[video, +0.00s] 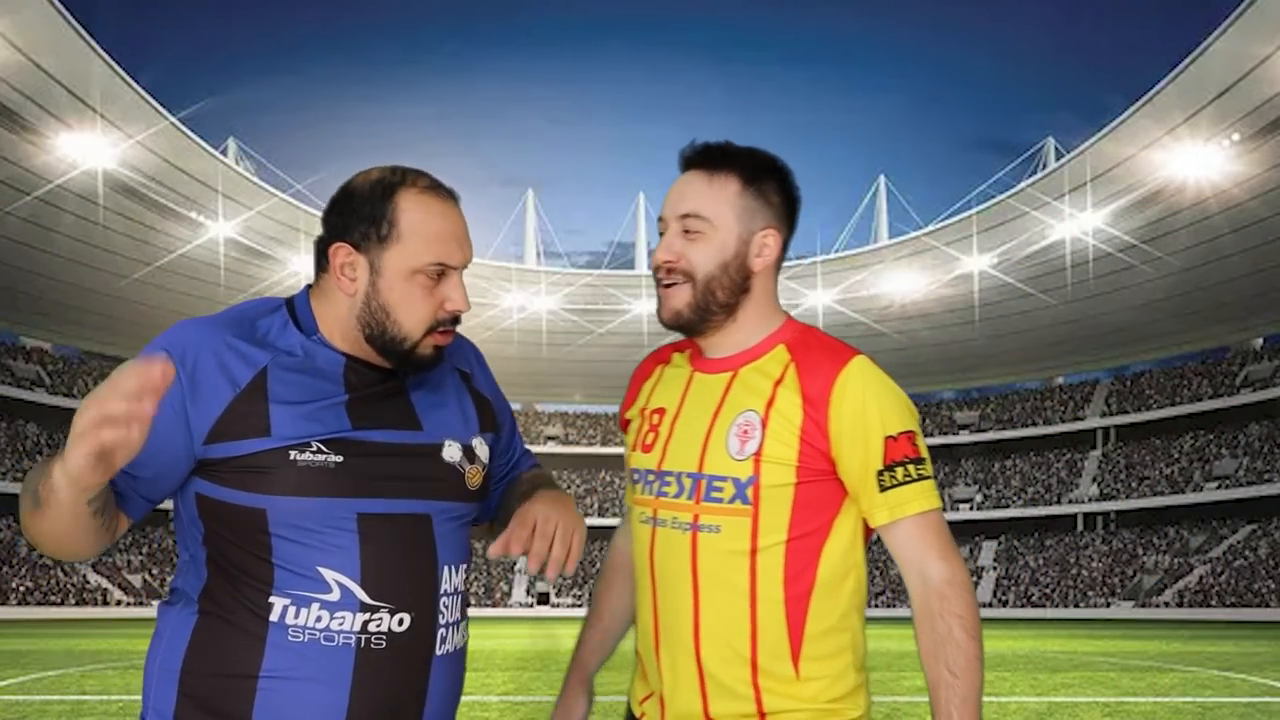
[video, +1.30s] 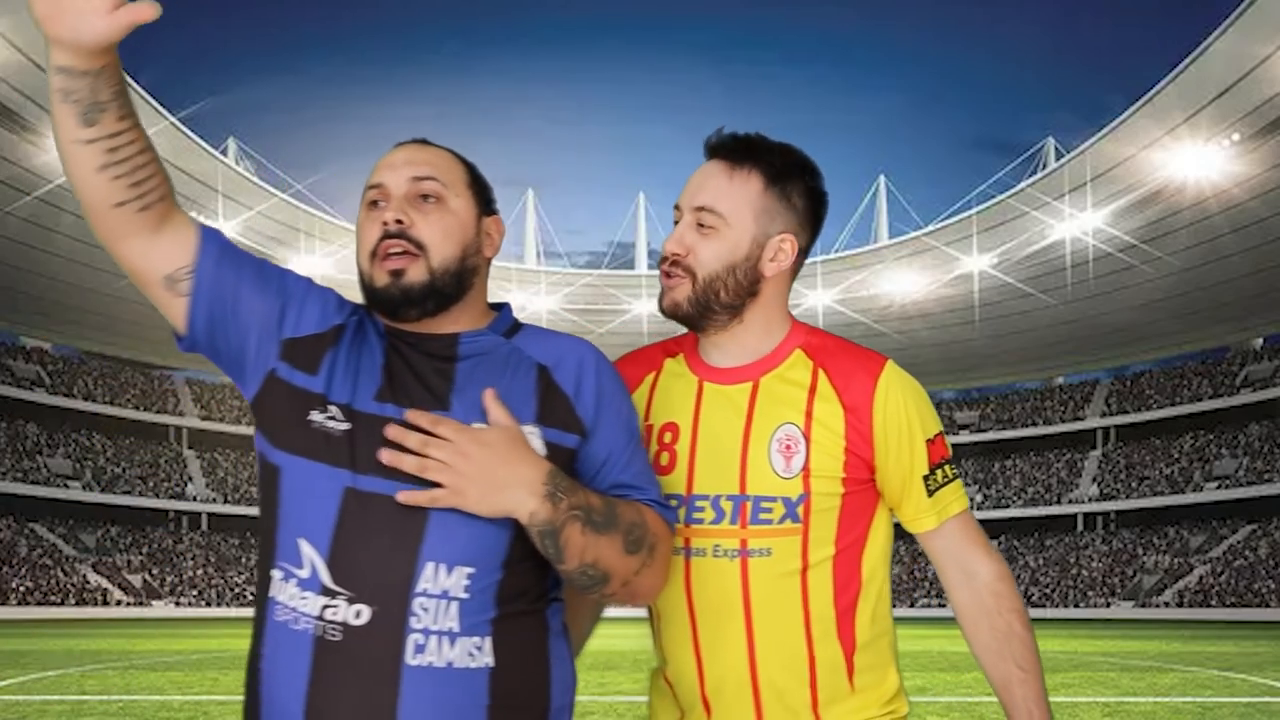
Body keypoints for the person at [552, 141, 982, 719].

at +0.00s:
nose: (661, 254)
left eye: (691, 232)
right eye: (662, 232)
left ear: (763, 249)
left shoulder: (845, 386)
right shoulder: (652, 378)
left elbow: (939, 582)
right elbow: (637, 537)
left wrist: (956, 713)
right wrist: (579, 674)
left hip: (797, 705)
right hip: (657, 704)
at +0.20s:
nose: (593, 266)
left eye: (622, 243)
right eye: (595, 242)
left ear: (693, 258)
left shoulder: (786, 381)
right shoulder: (581, 385)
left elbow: (887, 565)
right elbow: (570, 552)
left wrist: (930, 712)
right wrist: (514, 661)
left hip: (755, 704)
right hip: (613, 705)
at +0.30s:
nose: (578, 262)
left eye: (609, 238)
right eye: (574, 238)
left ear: (676, 253)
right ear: (565, 245)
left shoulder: (762, 376)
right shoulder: (554, 383)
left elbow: (865, 558)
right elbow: (538, 546)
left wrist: (913, 710)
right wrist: (509, 684)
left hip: (738, 702)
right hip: (597, 703)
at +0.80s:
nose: (616, 241)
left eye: (650, 219)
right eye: (597, 210)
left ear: (691, 242)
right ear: (568, 220)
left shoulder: (747, 383)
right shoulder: (527, 367)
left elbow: (847, 587)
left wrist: (857, 714)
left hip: (718, 703)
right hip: (566, 704)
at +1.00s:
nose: (698, 240)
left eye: (733, 220)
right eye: (681, 206)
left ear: (767, 248)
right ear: (647, 215)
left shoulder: (816, 397)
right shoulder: (571, 357)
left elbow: (912, 590)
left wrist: (944, 714)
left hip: (755, 706)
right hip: (593, 705)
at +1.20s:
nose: (684, 241)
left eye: (723, 224)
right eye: (683, 213)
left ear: (783, 256)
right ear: (671, 217)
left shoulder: (851, 393)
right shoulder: (609, 377)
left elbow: (952, 583)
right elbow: (552, 554)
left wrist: (1007, 712)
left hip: (820, 705)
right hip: (657, 705)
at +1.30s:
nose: (671, 243)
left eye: (705, 225)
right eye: (677, 221)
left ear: (779, 255)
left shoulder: (871, 391)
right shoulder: (627, 390)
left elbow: (970, 570)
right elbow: (584, 569)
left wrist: (1032, 712)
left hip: (847, 705)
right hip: (683, 706)